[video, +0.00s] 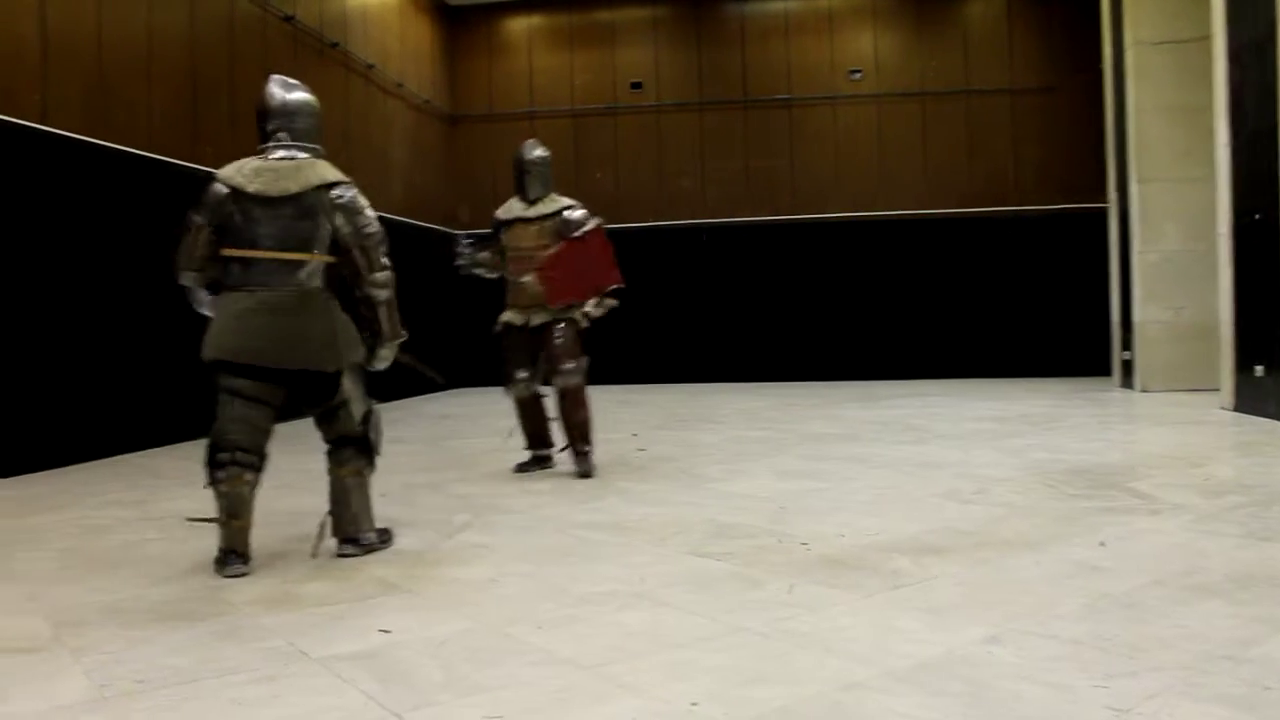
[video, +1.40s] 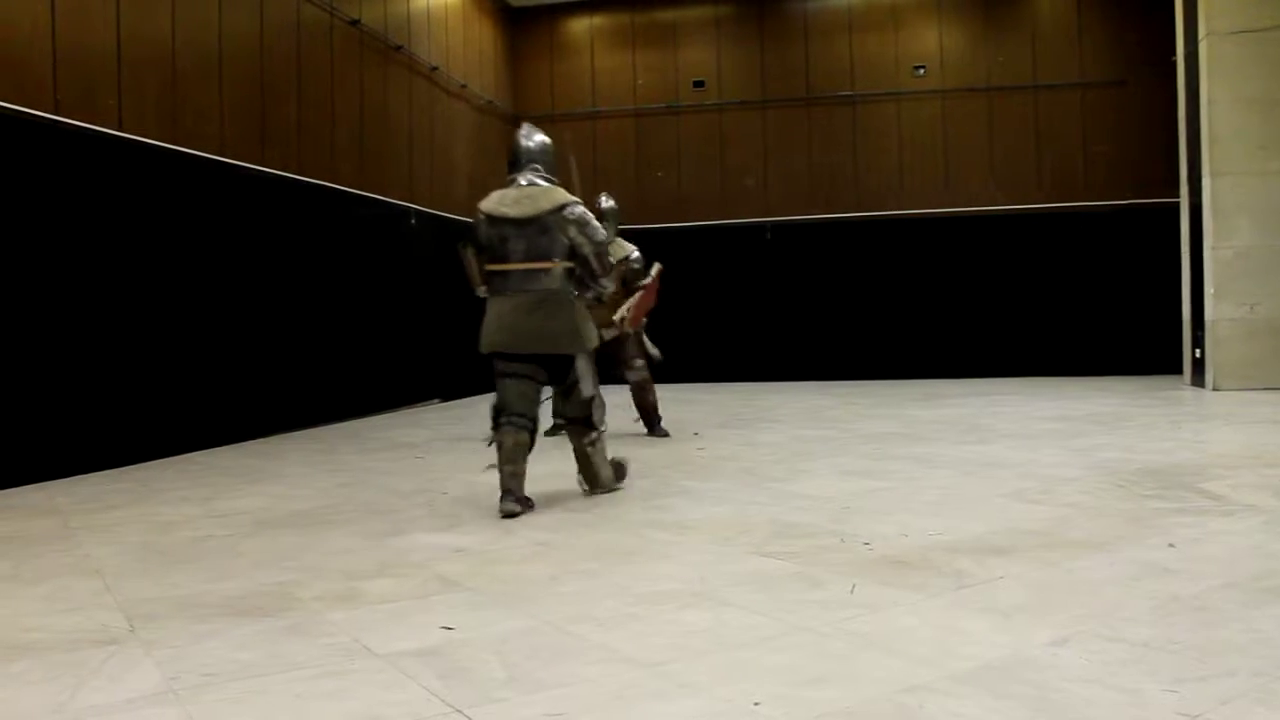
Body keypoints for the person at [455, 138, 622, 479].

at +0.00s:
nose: (536, 177)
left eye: (542, 168)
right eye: (529, 170)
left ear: (550, 169)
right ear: (518, 172)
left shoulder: (568, 213)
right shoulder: (505, 216)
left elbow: (600, 269)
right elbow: (501, 262)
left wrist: (587, 311)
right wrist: (475, 259)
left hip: (560, 314)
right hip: (518, 315)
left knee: (569, 379)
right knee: (521, 382)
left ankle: (581, 452)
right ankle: (540, 452)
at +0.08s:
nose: (561, 174)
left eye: (565, 166)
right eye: (554, 166)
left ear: (574, 168)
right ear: (542, 169)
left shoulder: (592, 209)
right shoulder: (528, 214)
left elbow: (615, 257)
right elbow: (521, 258)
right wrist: (502, 256)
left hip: (583, 311)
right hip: (540, 312)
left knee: (593, 376)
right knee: (540, 382)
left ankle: (608, 446)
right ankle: (554, 451)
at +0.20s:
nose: (593, 186)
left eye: (599, 179)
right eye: (587, 179)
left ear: (608, 179)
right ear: (577, 182)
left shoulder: (628, 219)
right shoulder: (565, 222)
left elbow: (650, 265)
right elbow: (560, 267)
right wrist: (541, 260)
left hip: (618, 314)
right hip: (575, 313)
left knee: (631, 377)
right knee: (570, 379)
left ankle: (646, 433)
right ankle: (578, 450)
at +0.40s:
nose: (636, 193)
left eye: (641, 186)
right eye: (630, 186)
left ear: (650, 186)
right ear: (621, 188)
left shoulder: (668, 223)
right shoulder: (606, 223)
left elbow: (684, 270)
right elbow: (600, 262)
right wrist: (591, 269)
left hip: (658, 314)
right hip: (618, 313)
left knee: (666, 377)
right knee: (613, 375)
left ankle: (672, 438)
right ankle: (614, 439)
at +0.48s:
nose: (641, 186)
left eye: (646, 180)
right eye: (636, 180)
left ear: (655, 180)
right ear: (627, 182)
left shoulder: (674, 218)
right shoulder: (612, 218)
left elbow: (691, 267)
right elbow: (601, 254)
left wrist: (652, 284)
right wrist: (597, 265)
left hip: (665, 310)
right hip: (624, 310)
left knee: (670, 374)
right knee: (623, 372)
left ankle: (675, 436)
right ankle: (632, 434)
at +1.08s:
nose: (618, 203)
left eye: (623, 196)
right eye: (613, 197)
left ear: (632, 197)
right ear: (606, 198)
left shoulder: (649, 230)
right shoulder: (592, 229)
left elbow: (665, 271)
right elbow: (582, 266)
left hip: (638, 311)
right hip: (601, 311)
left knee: (643, 365)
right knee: (601, 368)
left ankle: (652, 420)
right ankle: (607, 424)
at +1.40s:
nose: (605, 225)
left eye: (610, 219)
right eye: (600, 219)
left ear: (617, 220)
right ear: (592, 221)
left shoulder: (628, 253)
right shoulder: (576, 252)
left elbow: (641, 291)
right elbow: (567, 287)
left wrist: (632, 317)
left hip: (621, 320)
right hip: (584, 322)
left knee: (638, 370)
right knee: (572, 368)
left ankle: (654, 424)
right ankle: (562, 420)